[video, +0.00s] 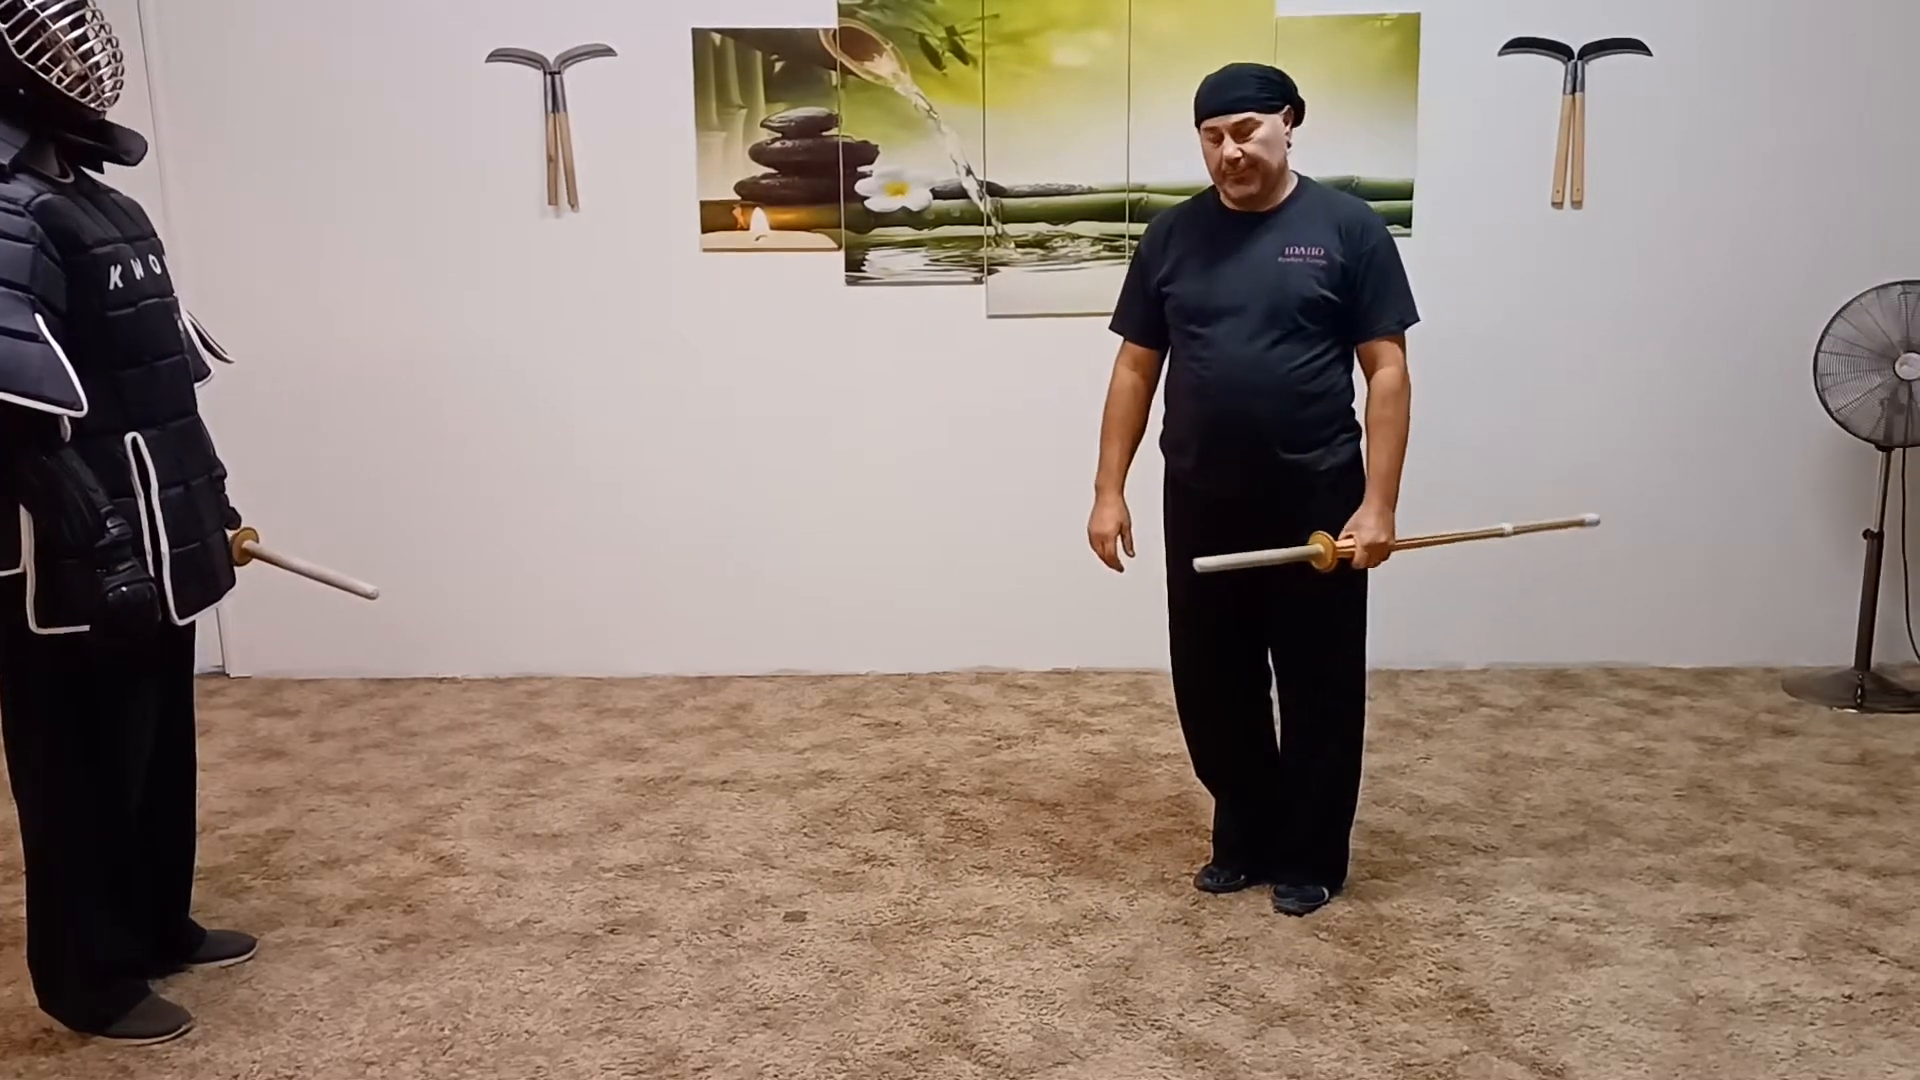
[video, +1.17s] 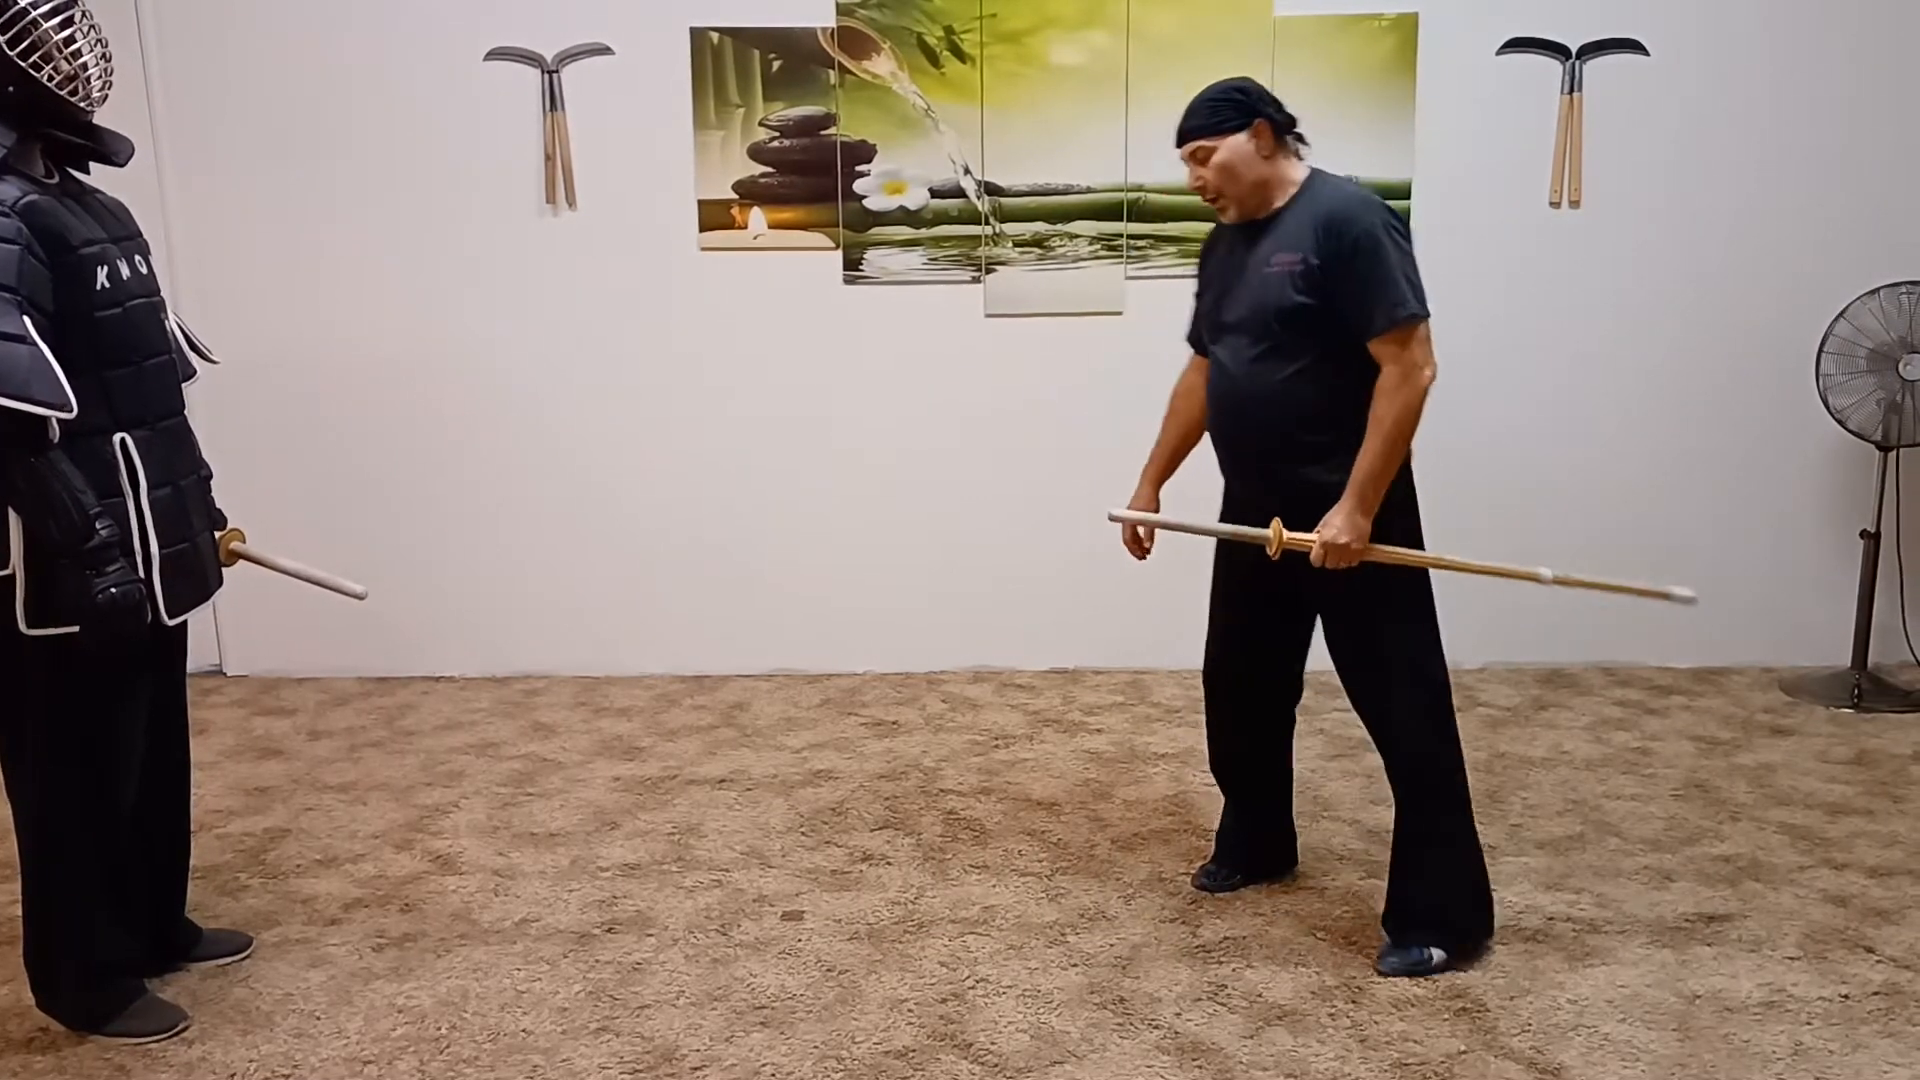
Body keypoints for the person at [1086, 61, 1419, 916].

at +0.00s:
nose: (1232, 152)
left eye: (1249, 132)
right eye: (1215, 137)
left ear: (1289, 126)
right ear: (1199, 145)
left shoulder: (1348, 229)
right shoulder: (1171, 237)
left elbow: (1387, 371)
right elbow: (1135, 367)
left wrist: (1379, 501)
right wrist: (1108, 488)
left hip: (1315, 499)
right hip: (1203, 501)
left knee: (1321, 687)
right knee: (1211, 684)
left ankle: (1314, 858)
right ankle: (1244, 842)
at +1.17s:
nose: (1192, 176)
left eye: (1202, 153)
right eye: (1185, 161)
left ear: (1258, 137)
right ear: (1227, 153)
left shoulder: (1349, 220)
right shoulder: (1227, 243)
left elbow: (1411, 368)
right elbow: (1206, 367)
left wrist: (1358, 503)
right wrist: (1149, 484)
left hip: (1355, 509)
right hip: (1255, 509)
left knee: (1407, 710)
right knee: (1240, 685)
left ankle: (1443, 918)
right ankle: (1257, 842)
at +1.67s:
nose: (1304, 171)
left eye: (1316, 150)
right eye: (1301, 153)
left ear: (1376, 140)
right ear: (1360, 148)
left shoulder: (1458, 236)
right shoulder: (1343, 231)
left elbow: (1497, 401)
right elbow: (1273, 335)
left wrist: (1374, 499)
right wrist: (1232, 428)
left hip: (1453, 516)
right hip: (1355, 512)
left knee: (1459, 727)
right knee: (1360, 708)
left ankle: (1459, 933)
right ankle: (1373, 885)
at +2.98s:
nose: (1322, 164)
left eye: (1335, 145)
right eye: (1323, 147)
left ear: (1392, 143)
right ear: (1383, 147)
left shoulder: (1461, 240)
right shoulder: (1368, 241)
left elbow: (1525, 390)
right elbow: (1271, 336)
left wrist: (1390, 473)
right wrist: (1190, 414)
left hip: (1423, 528)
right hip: (1353, 517)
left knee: (1415, 726)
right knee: (1306, 683)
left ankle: (1453, 932)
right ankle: (1241, 828)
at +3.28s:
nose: (1248, 162)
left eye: (1263, 143)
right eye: (1249, 147)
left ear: (1322, 146)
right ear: (1298, 154)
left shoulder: (1390, 233)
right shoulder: (1283, 245)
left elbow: (1482, 352)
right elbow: (1170, 304)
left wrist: (1384, 476)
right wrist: (1064, 352)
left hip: (1372, 525)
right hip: (1300, 517)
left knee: (1392, 732)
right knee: (1261, 690)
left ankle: (1453, 931)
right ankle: (1216, 845)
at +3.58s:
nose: (1187, 188)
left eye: (1198, 168)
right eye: (1183, 174)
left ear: (1254, 159)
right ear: (1230, 170)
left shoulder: (1327, 232)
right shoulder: (1212, 257)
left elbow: (1438, 334)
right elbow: (1107, 283)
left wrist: (1413, 484)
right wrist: (998, 315)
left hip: (1346, 531)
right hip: (1262, 527)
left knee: (1393, 731)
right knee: (1216, 667)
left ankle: (1457, 929)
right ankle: (1204, 845)